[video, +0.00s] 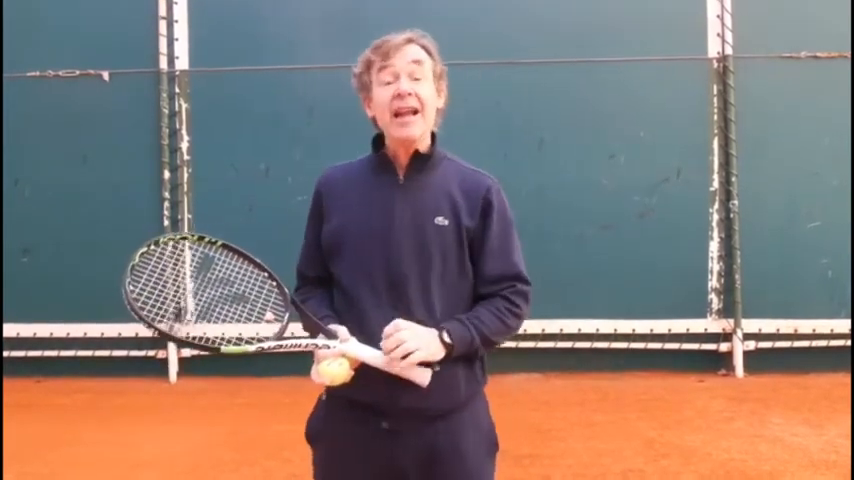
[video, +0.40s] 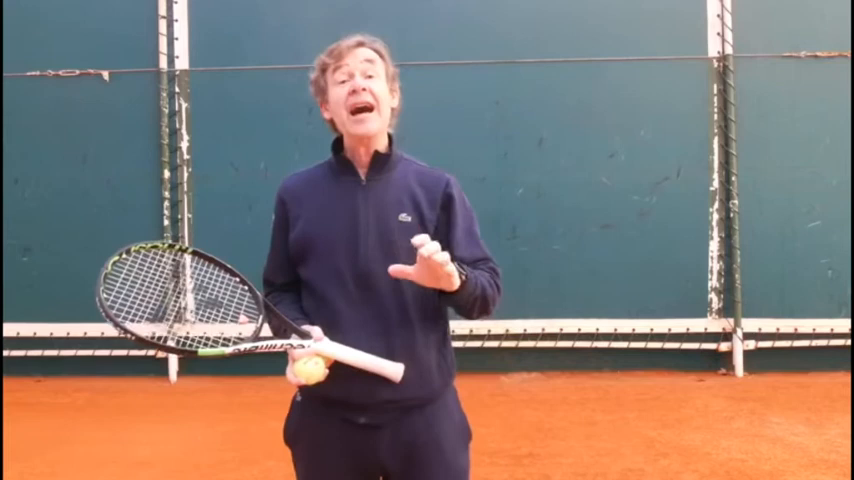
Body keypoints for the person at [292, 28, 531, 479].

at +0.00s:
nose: (403, 89)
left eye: (416, 76)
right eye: (388, 79)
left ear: (439, 95)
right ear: (369, 103)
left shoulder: (479, 193)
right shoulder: (335, 188)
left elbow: (510, 298)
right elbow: (310, 288)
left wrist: (444, 338)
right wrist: (332, 334)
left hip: (451, 428)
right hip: (352, 425)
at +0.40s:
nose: (358, 83)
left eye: (370, 73)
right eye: (343, 77)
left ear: (393, 96)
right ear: (327, 107)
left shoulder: (438, 190)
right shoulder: (296, 196)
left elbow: (486, 292)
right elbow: (279, 291)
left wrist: (451, 280)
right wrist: (302, 338)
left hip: (425, 417)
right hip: (328, 418)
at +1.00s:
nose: (341, 108)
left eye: (352, 93)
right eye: (327, 97)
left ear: (373, 104)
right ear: (309, 114)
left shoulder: (412, 193)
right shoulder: (278, 202)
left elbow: (455, 282)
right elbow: (263, 292)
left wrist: (486, 283)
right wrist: (284, 337)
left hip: (404, 410)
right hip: (311, 413)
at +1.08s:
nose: (341, 107)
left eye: (352, 93)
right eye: (326, 97)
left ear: (374, 104)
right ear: (309, 114)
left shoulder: (413, 194)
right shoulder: (279, 202)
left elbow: (455, 278)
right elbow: (264, 293)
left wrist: (495, 296)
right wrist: (284, 340)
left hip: (405, 411)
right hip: (313, 414)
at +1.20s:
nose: (342, 108)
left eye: (353, 94)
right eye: (327, 98)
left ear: (375, 104)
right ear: (311, 115)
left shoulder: (415, 195)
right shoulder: (281, 202)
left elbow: (455, 281)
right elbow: (266, 292)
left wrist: (493, 302)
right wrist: (286, 338)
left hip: (407, 411)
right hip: (314, 413)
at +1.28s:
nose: (345, 109)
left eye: (356, 95)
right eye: (330, 99)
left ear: (378, 104)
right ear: (313, 114)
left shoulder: (418, 195)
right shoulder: (283, 202)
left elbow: (456, 279)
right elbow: (267, 292)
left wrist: (486, 305)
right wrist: (288, 337)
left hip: (409, 411)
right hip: (315, 413)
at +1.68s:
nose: (361, 114)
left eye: (372, 99)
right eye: (346, 102)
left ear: (392, 106)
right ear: (327, 114)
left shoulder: (429, 196)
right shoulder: (291, 200)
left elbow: (468, 287)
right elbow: (270, 293)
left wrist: (420, 330)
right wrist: (305, 337)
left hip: (420, 417)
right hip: (325, 419)